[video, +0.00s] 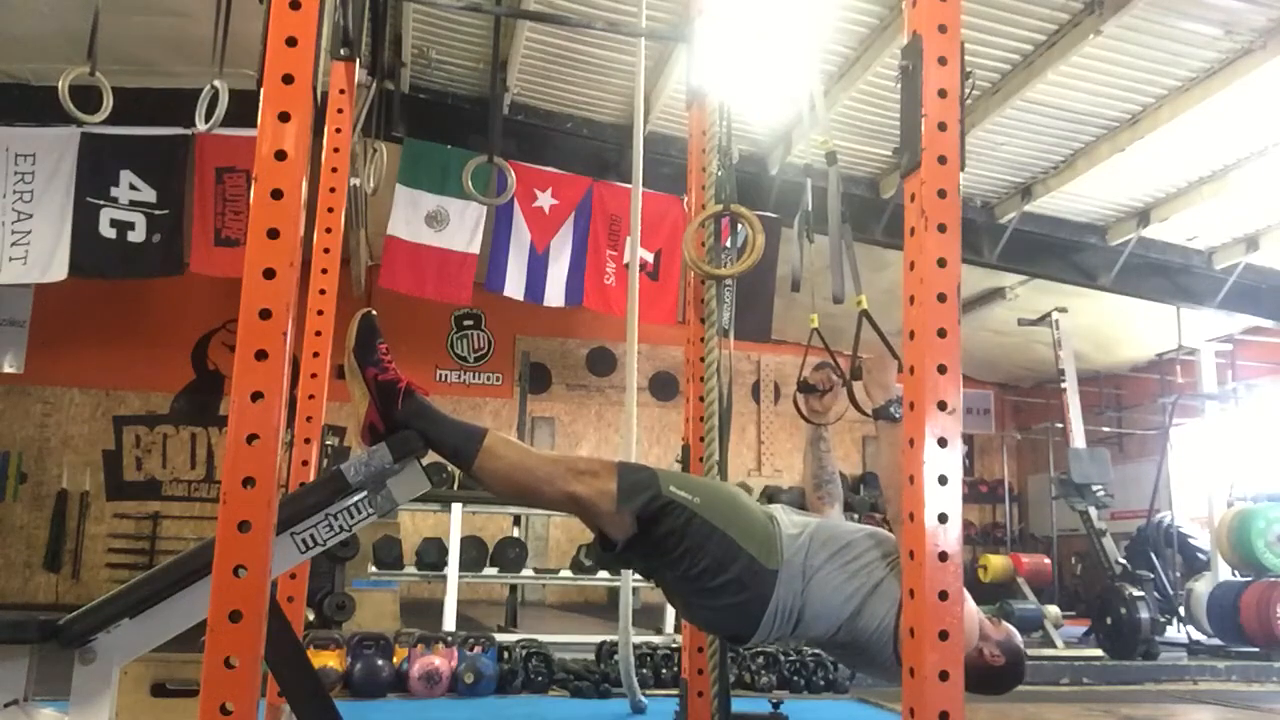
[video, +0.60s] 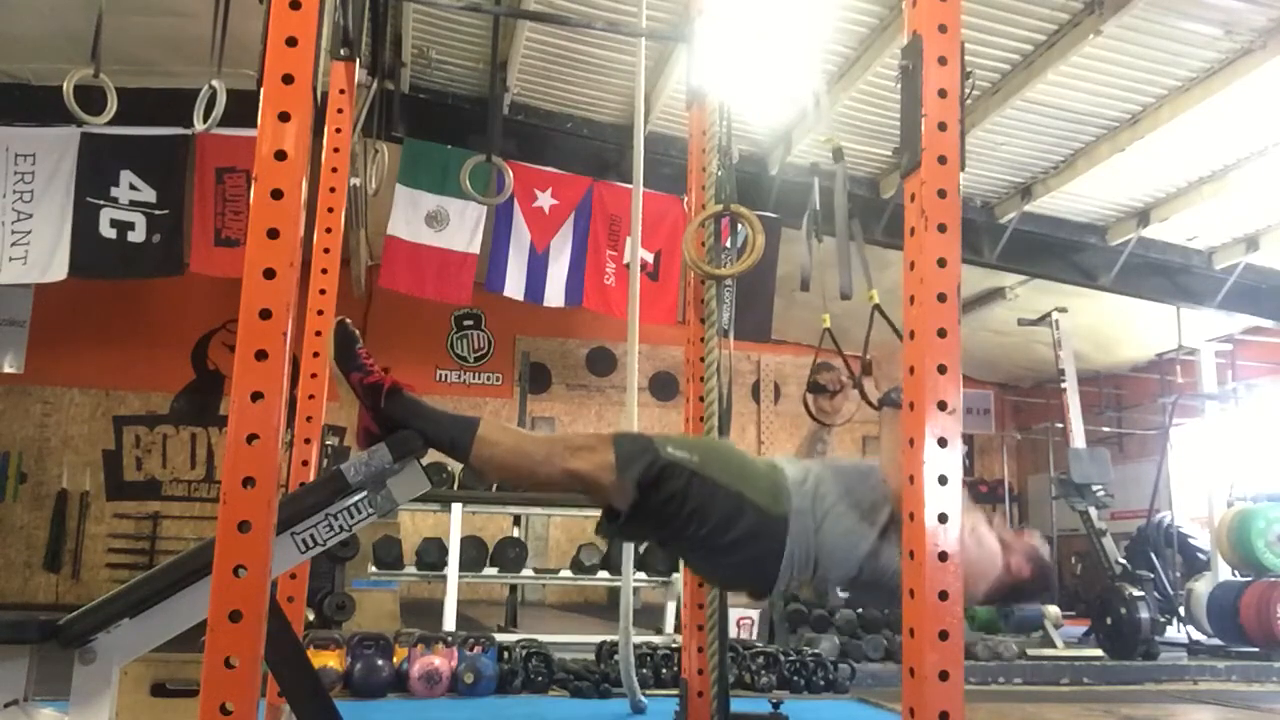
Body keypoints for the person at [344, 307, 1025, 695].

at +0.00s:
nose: (994, 631)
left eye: (999, 644)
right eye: (1003, 633)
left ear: (982, 659)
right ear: (985, 631)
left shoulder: (945, 639)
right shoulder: (935, 615)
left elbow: (931, 531)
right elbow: (904, 518)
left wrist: (923, 426)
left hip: (762, 564)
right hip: (758, 543)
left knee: (606, 481)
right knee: (587, 492)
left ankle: (407, 410)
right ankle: (411, 434)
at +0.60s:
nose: (1016, 534)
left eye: (1024, 549)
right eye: (1023, 533)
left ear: (1013, 582)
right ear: (1007, 530)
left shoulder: (971, 568)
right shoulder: (960, 533)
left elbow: (907, 508)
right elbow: (882, 493)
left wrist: (936, 451)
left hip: (781, 527)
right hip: (775, 495)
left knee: (614, 466)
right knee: (605, 462)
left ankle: (404, 415)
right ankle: (409, 420)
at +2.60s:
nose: (802, 427)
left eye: (810, 441)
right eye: (811, 432)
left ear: (803, 464)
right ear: (801, 448)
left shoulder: (758, 470)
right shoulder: (739, 452)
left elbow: (676, 455)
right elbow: (596, 475)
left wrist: (705, 373)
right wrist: (709, 367)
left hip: (561, 367)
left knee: (396, 250)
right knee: (388, 301)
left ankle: (319, 425)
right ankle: (317, 425)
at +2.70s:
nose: (843, 443)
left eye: (852, 458)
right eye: (852, 445)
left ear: (840, 484)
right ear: (835, 447)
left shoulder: (791, 484)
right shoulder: (779, 437)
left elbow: (719, 463)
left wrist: (734, 386)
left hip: (601, 388)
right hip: (603, 359)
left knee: (440, 263)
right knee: (436, 283)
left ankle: (321, 428)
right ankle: (324, 420)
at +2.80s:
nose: (882, 454)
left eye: (890, 469)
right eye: (891, 455)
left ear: (879, 498)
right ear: (877, 460)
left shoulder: (830, 493)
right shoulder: (822, 449)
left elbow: (757, 467)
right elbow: (773, 405)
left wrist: (767, 384)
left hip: (636, 405)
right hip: (641, 376)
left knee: (478, 277)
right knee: (469, 300)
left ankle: (344, 413)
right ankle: (347, 405)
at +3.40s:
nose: (1010, 521)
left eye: (1019, 535)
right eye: (1018, 521)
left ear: (1012, 566)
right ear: (1003, 519)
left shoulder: (974, 555)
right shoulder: (953, 522)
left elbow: (899, 495)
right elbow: (879, 472)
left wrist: (914, 424)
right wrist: (872, 403)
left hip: (780, 494)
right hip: (771, 479)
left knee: (606, 417)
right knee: (599, 417)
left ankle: (404, 415)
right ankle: (412, 420)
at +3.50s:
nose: (1012, 550)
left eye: (1021, 567)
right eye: (1021, 549)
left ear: (1009, 594)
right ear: (1004, 538)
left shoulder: (968, 577)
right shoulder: (948, 549)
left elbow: (900, 505)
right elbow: (861, 490)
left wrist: (903, 422)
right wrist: (844, 422)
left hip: (778, 517)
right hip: (771, 496)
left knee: (613, 434)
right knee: (602, 431)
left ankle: (408, 418)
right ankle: (416, 424)